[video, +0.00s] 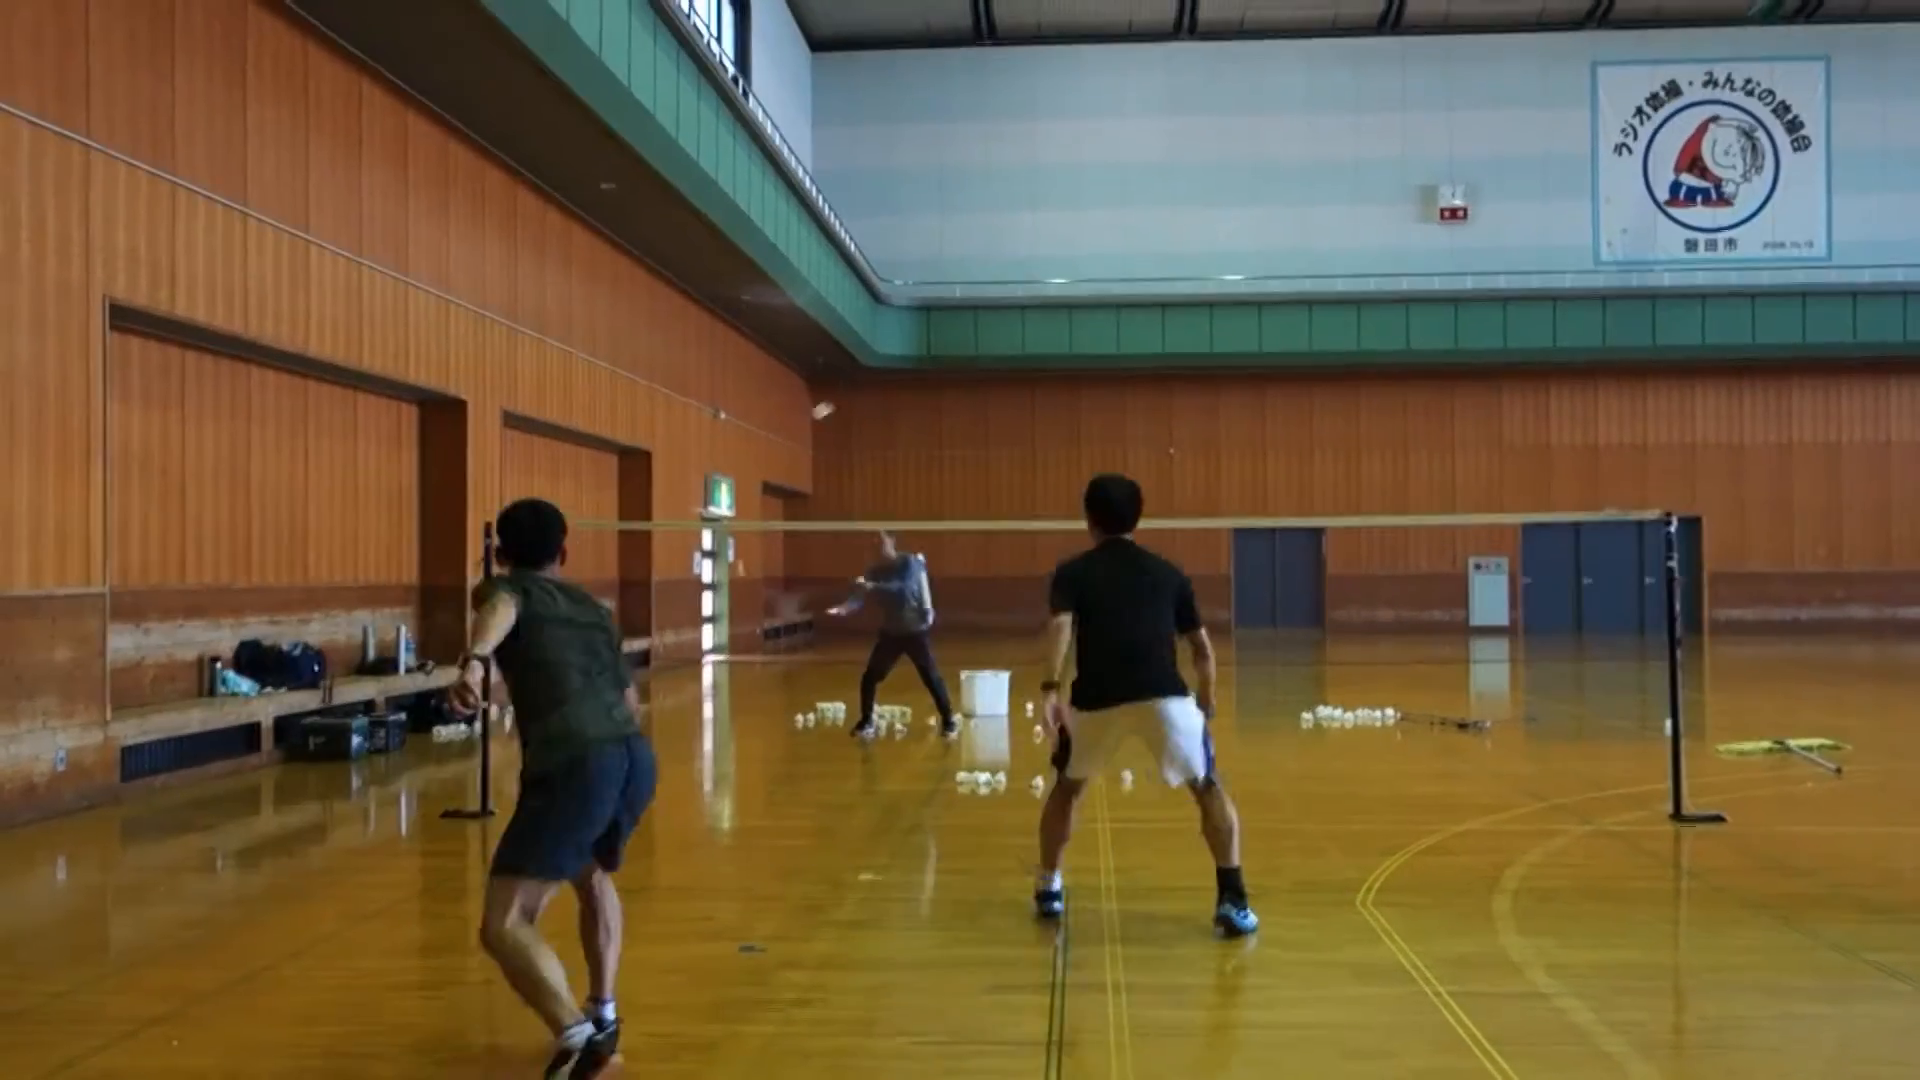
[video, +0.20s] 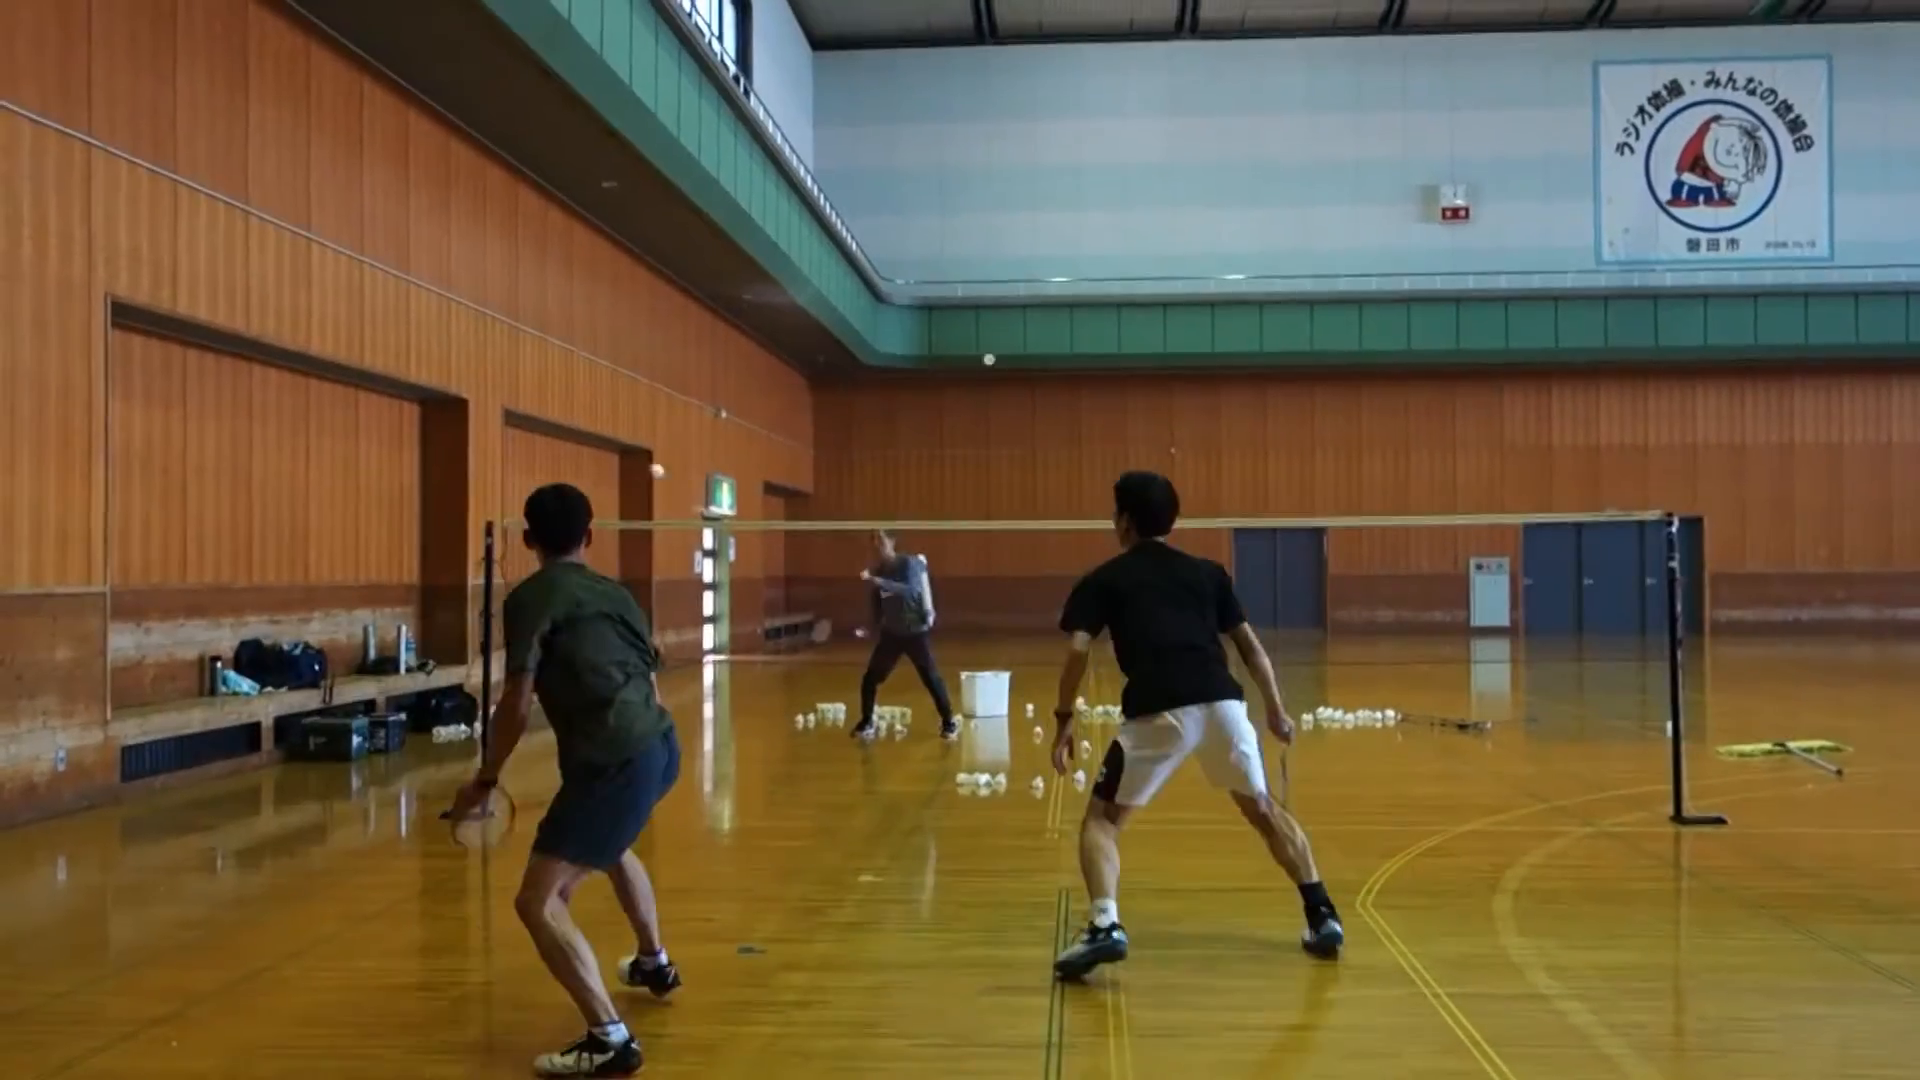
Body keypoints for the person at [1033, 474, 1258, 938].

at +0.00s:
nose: (1087, 521)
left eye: (1088, 514)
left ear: (1089, 519)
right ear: (1137, 519)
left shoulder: (1072, 572)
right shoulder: (1167, 572)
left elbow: (1060, 626)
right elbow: (1203, 651)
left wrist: (1049, 689)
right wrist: (1205, 711)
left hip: (1096, 696)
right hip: (1164, 693)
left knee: (1067, 786)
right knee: (1209, 790)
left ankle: (1048, 888)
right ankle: (1233, 900)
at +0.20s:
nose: (1112, 522)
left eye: (1115, 514)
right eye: (1114, 513)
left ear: (1126, 520)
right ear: (1170, 522)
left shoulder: (1105, 579)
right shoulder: (1207, 573)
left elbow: (1077, 653)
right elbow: (1249, 644)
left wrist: (1064, 719)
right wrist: (1276, 707)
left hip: (1158, 712)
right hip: (1225, 705)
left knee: (1101, 821)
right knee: (1264, 808)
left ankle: (1105, 925)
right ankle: (1322, 912)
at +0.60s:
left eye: (1067, 507)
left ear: (1066, 514)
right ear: (1122, 514)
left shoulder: (1053, 580)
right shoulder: (1159, 573)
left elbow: (1043, 657)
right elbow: (1214, 640)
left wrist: (1029, 738)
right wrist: (1221, 710)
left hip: (1113, 714)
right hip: (1190, 712)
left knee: (1034, 813)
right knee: (1212, 800)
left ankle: (1025, 937)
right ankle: (1237, 928)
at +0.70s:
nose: (1046, 530)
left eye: (1045, 522)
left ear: (1045, 529)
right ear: (1102, 529)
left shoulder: (1031, 600)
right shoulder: (1140, 592)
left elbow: (1011, 685)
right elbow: (1186, 668)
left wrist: (994, 765)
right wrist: (1205, 740)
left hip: (1086, 746)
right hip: (1163, 740)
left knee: (1006, 856)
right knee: (1198, 836)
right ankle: (1230, 960)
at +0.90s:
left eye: (993, 519)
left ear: (994, 528)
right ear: (1053, 527)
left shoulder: (973, 599)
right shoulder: (1093, 590)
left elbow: (933, 689)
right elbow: (1140, 659)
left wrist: (926, 771)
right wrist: (1181, 739)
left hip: (1018, 748)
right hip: (1101, 742)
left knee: (929, 848)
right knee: (1156, 845)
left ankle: (912, 988)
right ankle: (1206, 967)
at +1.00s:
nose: (979, 528)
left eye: (978, 519)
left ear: (978, 525)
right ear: (1038, 524)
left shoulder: (958, 599)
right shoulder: (1081, 588)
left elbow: (923, 690)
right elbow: (1130, 666)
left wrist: (908, 765)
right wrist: (1164, 746)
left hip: (1000, 751)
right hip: (1090, 746)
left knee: (913, 852)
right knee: (1143, 851)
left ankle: (849, 985)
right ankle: (1189, 983)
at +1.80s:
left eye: (1036, 509)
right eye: (1085, 510)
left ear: (1028, 517)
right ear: (1087, 517)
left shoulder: (994, 588)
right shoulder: (1119, 587)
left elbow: (960, 678)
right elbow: (1165, 673)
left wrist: (948, 754)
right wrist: (1190, 748)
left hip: (1024, 752)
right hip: (1113, 749)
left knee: (944, 851)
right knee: (1181, 833)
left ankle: (891, 982)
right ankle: (1243, 955)